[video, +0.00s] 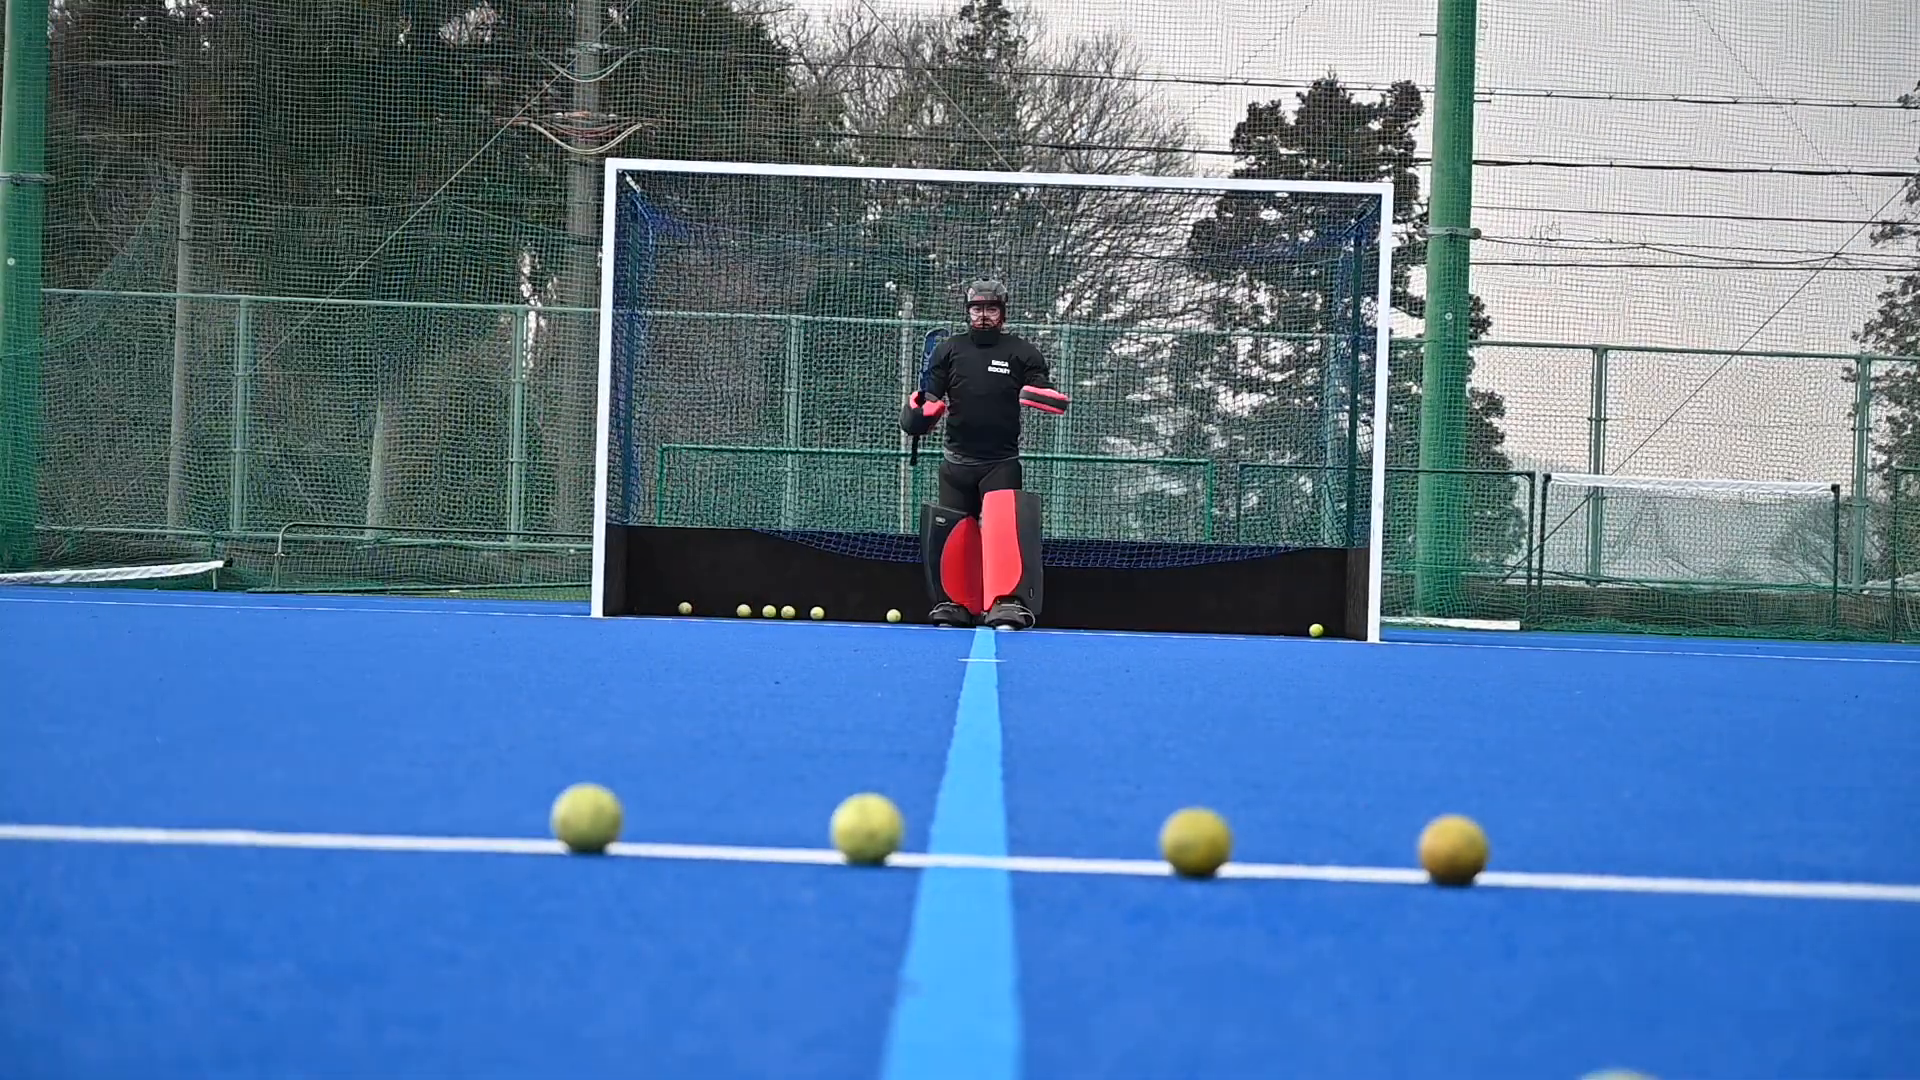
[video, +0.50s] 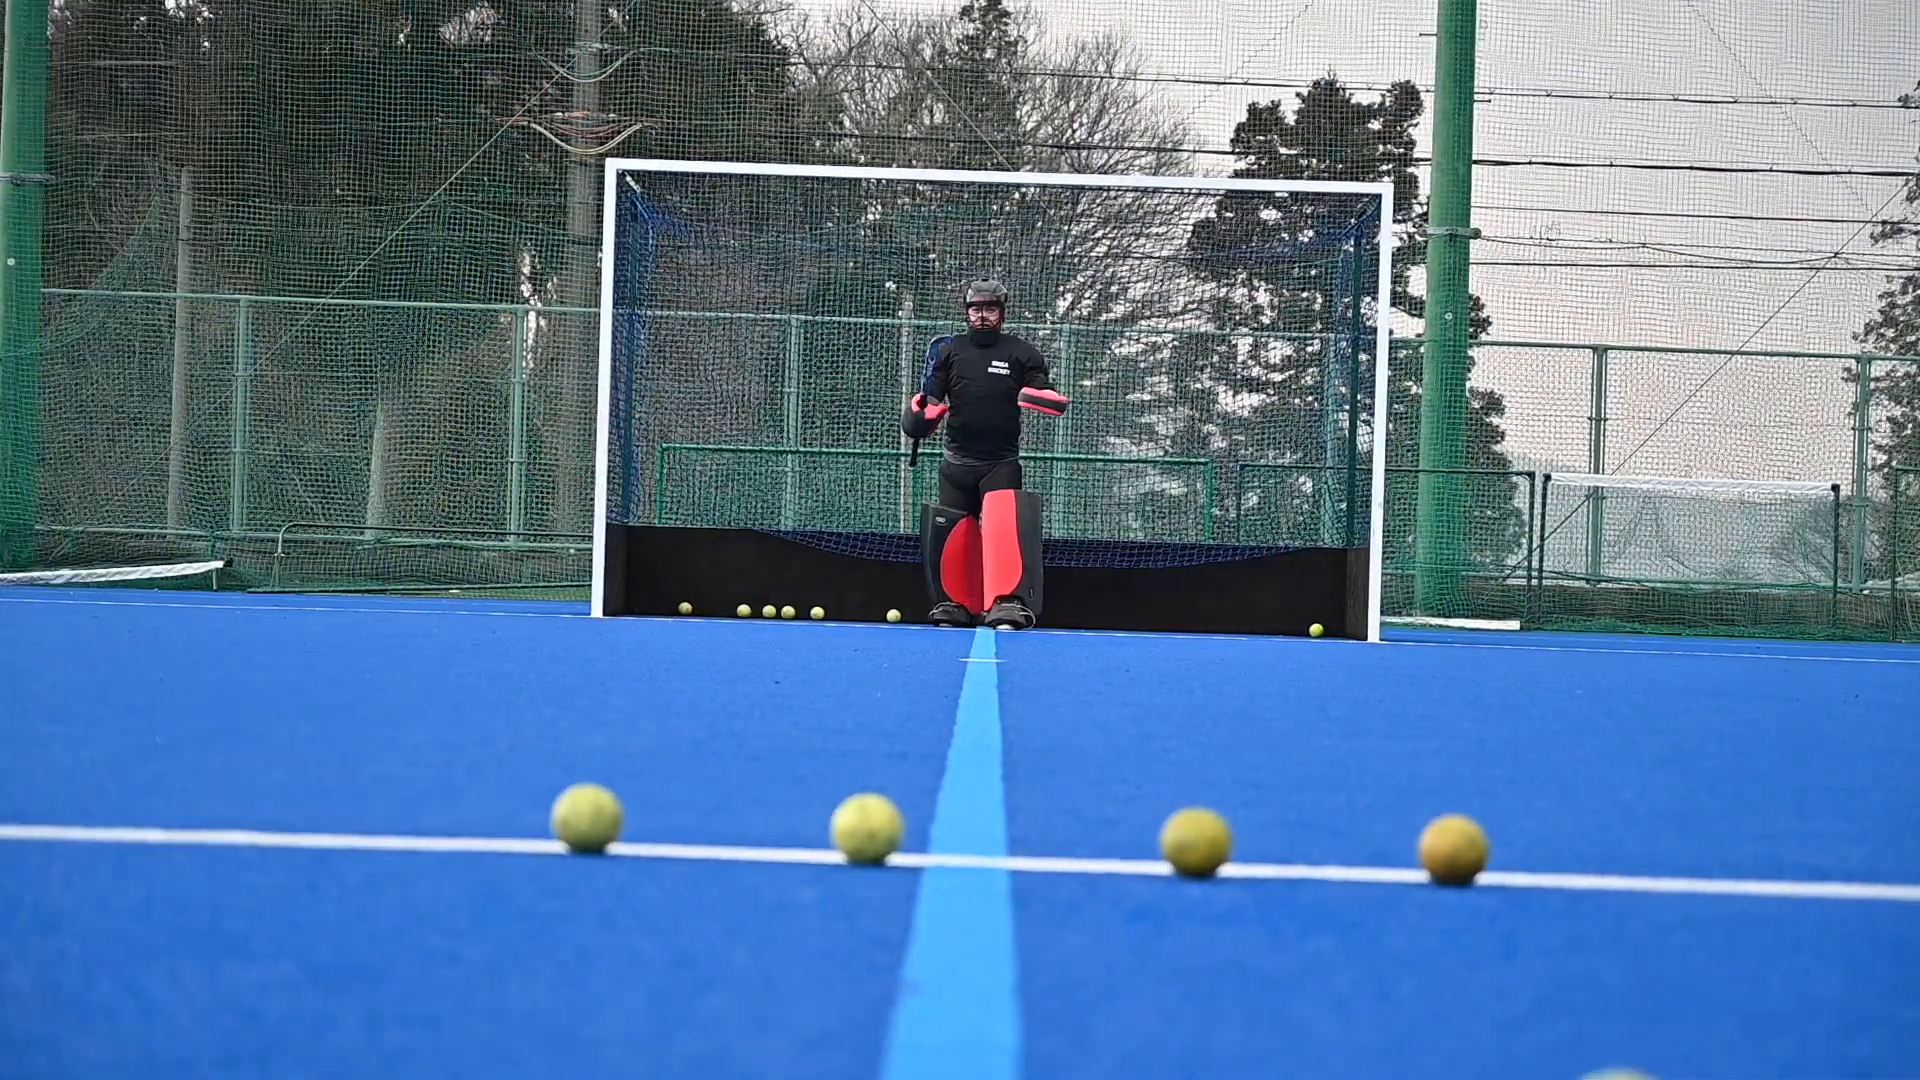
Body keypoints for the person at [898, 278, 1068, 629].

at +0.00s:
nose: (983, 315)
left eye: (991, 308)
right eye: (977, 308)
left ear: (1002, 312)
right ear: (967, 311)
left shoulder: (1023, 352)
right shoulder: (948, 350)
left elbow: (1046, 398)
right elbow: (928, 402)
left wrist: (1047, 400)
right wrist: (917, 416)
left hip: (1001, 461)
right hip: (957, 460)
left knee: (1003, 530)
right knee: (951, 532)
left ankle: (1007, 604)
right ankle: (953, 604)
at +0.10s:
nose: (984, 314)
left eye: (991, 308)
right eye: (977, 308)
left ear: (1002, 312)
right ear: (968, 311)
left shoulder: (1023, 352)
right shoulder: (949, 349)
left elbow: (1045, 397)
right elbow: (930, 401)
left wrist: (1047, 400)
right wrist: (922, 415)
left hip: (1002, 461)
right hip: (957, 459)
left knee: (1004, 530)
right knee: (952, 532)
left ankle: (1007, 604)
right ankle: (953, 604)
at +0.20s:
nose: (983, 315)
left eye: (991, 309)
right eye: (977, 309)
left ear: (1002, 313)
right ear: (968, 313)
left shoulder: (1023, 352)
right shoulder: (950, 350)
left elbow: (1045, 396)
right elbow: (931, 401)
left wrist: (1045, 398)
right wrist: (923, 414)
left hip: (1002, 461)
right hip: (958, 459)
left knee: (1003, 530)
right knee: (952, 531)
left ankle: (1007, 604)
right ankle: (953, 603)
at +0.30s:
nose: (983, 316)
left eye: (990, 309)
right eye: (976, 309)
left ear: (1002, 313)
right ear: (967, 313)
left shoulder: (1023, 352)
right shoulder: (951, 351)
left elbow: (1044, 396)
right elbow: (931, 400)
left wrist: (1046, 400)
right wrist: (922, 413)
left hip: (1002, 461)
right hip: (958, 459)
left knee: (1004, 530)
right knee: (951, 531)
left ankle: (1007, 604)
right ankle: (953, 603)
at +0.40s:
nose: (983, 316)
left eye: (990, 309)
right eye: (976, 309)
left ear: (1002, 313)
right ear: (967, 313)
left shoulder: (1023, 352)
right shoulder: (951, 351)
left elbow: (1043, 397)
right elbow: (930, 400)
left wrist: (1047, 401)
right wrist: (921, 415)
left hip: (1002, 461)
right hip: (958, 459)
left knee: (1003, 530)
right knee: (951, 531)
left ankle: (1007, 604)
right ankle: (953, 603)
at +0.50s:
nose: (983, 316)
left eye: (990, 309)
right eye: (976, 309)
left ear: (1002, 313)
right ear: (967, 314)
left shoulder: (1023, 352)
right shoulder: (950, 352)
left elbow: (1044, 398)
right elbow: (929, 401)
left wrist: (1043, 401)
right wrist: (921, 418)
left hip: (1001, 461)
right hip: (957, 459)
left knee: (1003, 529)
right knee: (952, 531)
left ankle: (1007, 604)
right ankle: (953, 603)